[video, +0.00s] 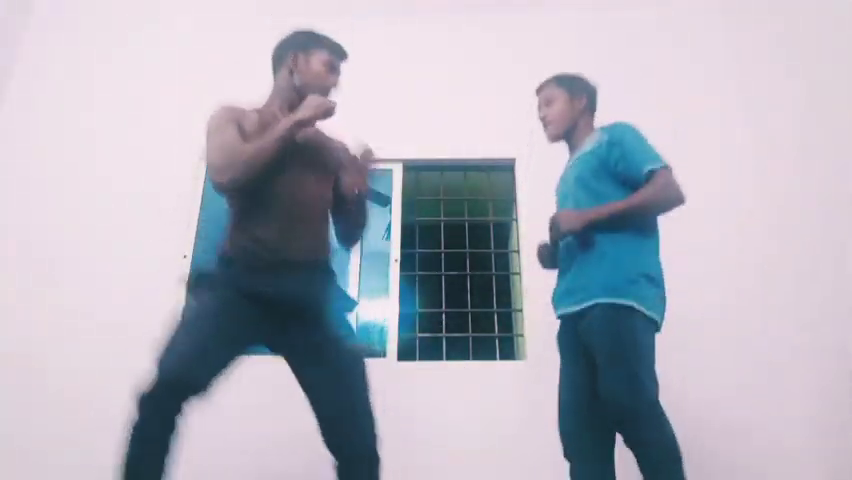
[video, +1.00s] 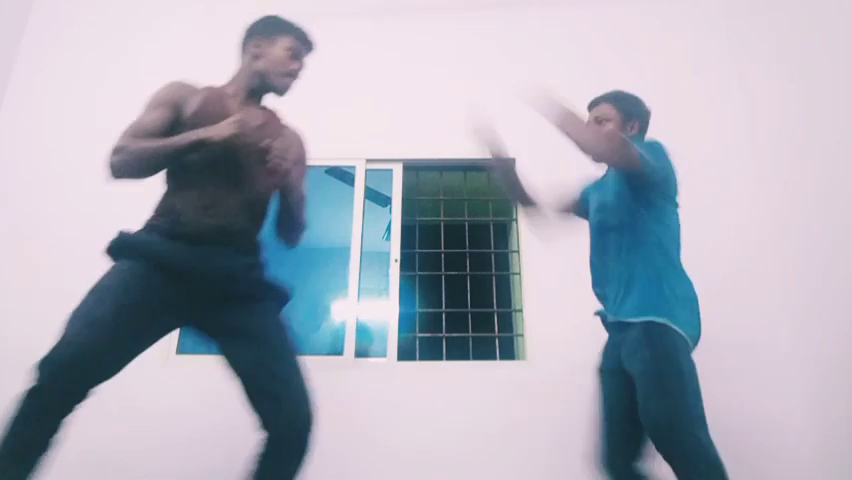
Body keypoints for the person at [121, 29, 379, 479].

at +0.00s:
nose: (336, 76)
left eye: (338, 69)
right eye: (329, 65)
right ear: (291, 64)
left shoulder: (333, 150)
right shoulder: (233, 120)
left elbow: (349, 235)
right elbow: (225, 174)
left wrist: (353, 196)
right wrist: (294, 122)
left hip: (309, 302)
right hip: (236, 295)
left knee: (358, 446)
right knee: (164, 394)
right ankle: (139, 477)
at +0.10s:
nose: (315, 53)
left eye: (317, 44)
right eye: (308, 39)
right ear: (270, 36)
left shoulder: (314, 117)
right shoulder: (211, 88)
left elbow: (336, 210)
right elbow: (173, 149)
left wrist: (324, 156)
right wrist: (258, 107)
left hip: (283, 277)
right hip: (206, 264)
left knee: (330, 427)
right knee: (120, 372)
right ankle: (62, 475)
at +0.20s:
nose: (297, 53)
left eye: (301, 45)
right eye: (289, 40)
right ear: (251, 39)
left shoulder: (293, 125)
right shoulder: (188, 97)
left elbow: (319, 218)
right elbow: (135, 163)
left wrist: (307, 158)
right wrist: (223, 121)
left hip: (260, 285)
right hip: (182, 275)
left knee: (316, 434)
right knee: (90, 395)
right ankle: (16, 474)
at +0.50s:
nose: (303, 51)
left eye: (307, 44)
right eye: (296, 38)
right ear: (258, 34)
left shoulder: (299, 123)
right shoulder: (198, 89)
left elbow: (315, 221)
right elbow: (154, 160)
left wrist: (312, 169)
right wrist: (243, 126)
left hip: (276, 278)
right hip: (198, 270)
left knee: (356, 400)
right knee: (115, 372)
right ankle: (51, 475)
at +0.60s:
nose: (316, 66)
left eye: (318, 58)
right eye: (308, 53)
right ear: (271, 52)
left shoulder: (311, 141)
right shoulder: (213, 111)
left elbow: (329, 235)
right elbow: (174, 180)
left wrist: (329, 188)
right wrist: (259, 142)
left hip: (289, 297)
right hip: (213, 289)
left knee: (358, 430)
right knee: (135, 389)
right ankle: (118, 476)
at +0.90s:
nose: (317, 68)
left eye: (321, 62)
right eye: (311, 55)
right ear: (273, 50)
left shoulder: (302, 139)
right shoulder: (204, 98)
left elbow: (312, 234)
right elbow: (145, 161)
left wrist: (312, 181)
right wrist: (232, 133)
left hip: (257, 278)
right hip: (180, 265)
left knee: (313, 422)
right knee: (97, 362)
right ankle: (61, 475)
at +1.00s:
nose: (298, 66)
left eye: (303, 59)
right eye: (292, 52)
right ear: (255, 49)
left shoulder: (287, 139)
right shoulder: (184, 98)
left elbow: (291, 234)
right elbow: (122, 161)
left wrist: (291, 184)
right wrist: (208, 135)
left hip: (238, 281)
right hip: (159, 267)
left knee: (292, 422)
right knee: (62, 374)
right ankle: (11, 471)